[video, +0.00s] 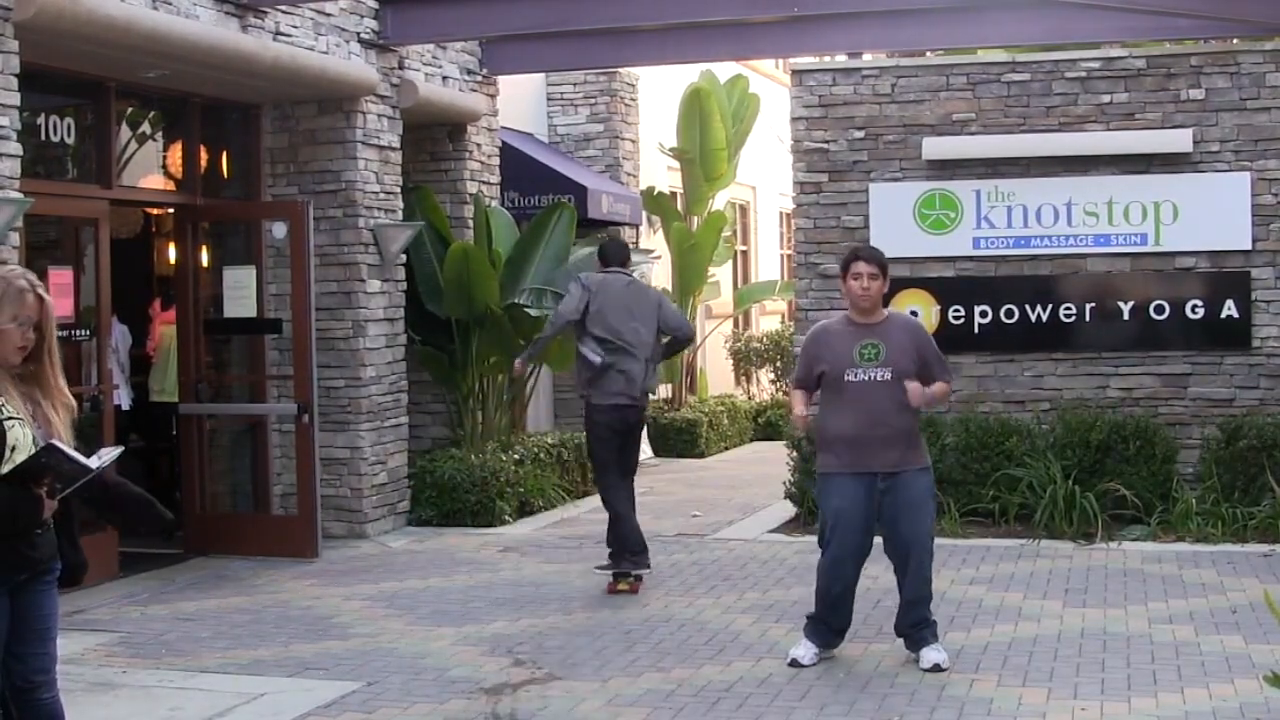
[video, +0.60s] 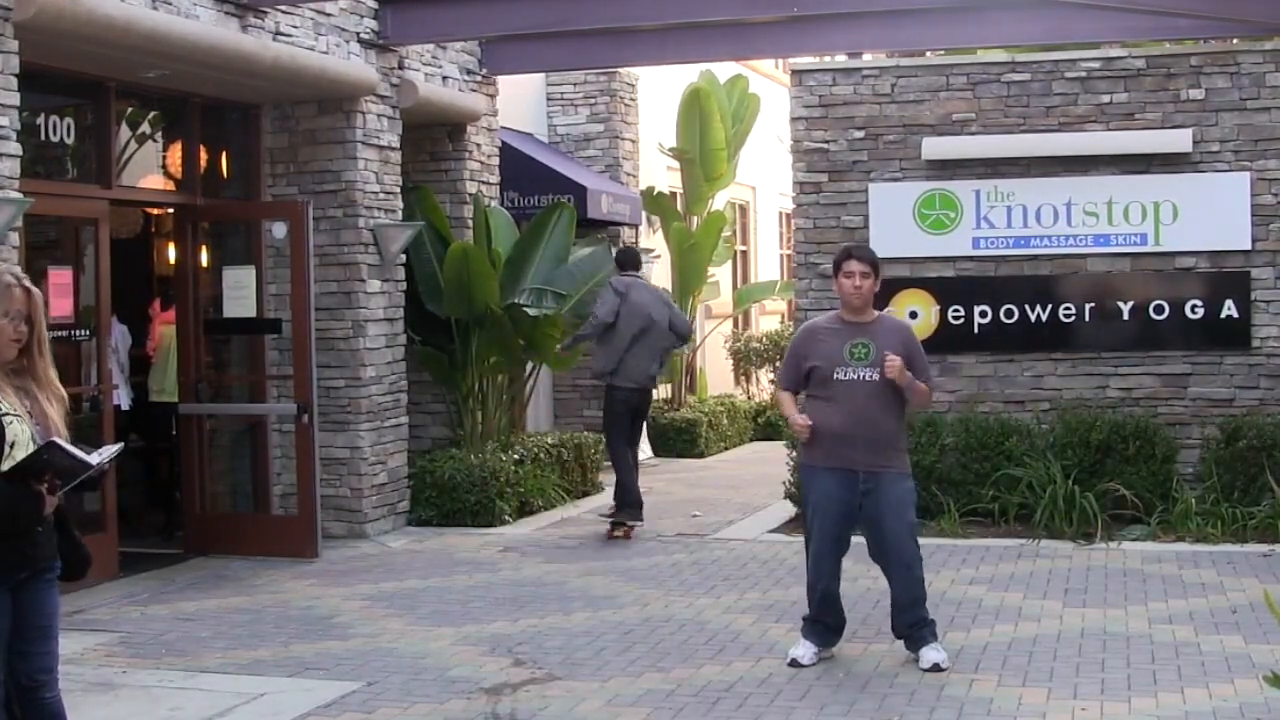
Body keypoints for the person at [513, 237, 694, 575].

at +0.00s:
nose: (597, 266)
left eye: (597, 260)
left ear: (599, 262)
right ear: (628, 263)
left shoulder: (589, 284)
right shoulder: (650, 294)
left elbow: (563, 318)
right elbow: (685, 333)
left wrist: (527, 356)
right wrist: (654, 356)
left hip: (601, 402)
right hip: (636, 404)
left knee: (609, 480)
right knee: (623, 479)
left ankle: (635, 557)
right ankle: (621, 558)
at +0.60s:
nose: (616, 271)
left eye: (616, 266)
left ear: (617, 267)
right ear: (640, 267)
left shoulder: (617, 286)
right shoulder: (659, 294)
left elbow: (602, 319)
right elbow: (684, 330)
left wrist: (569, 343)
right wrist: (659, 346)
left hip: (619, 383)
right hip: (644, 386)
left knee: (618, 446)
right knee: (629, 448)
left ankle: (630, 512)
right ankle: (623, 507)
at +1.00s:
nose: (643, 268)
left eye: (643, 263)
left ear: (643, 265)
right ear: (664, 266)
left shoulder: (636, 289)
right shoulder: (677, 293)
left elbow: (625, 324)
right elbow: (686, 330)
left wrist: (613, 352)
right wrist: (676, 349)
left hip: (639, 369)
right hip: (665, 371)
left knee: (637, 428)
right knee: (650, 428)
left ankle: (644, 488)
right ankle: (642, 484)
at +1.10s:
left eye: (655, 264)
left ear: (654, 266)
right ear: (675, 269)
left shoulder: (646, 289)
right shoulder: (686, 295)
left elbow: (632, 327)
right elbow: (692, 333)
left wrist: (623, 351)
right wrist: (687, 364)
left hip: (646, 370)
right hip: (670, 373)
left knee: (644, 428)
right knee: (657, 428)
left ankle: (651, 485)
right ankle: (649, 480)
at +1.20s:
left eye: (669, 264)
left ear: (666, 267)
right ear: (685, 272)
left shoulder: (654, 290)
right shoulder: (693, 297)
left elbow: (643, 325)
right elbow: (699, 333)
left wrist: (633, 351)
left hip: (653, 369)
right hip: (677, 372)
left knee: (650, 424)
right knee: (664, 425)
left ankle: (656, 479)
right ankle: (657, 476)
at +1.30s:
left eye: (680, 265)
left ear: (676, 268)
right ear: (695, 272)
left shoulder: (664, 290)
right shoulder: (702, 299)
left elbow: (653, 324)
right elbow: (707, 335)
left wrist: (644, 350)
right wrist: (687, 343)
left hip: (662, 364)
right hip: (684, 368)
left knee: (657, 418)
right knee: (674, 421)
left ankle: (665, 471)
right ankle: (668, 472)